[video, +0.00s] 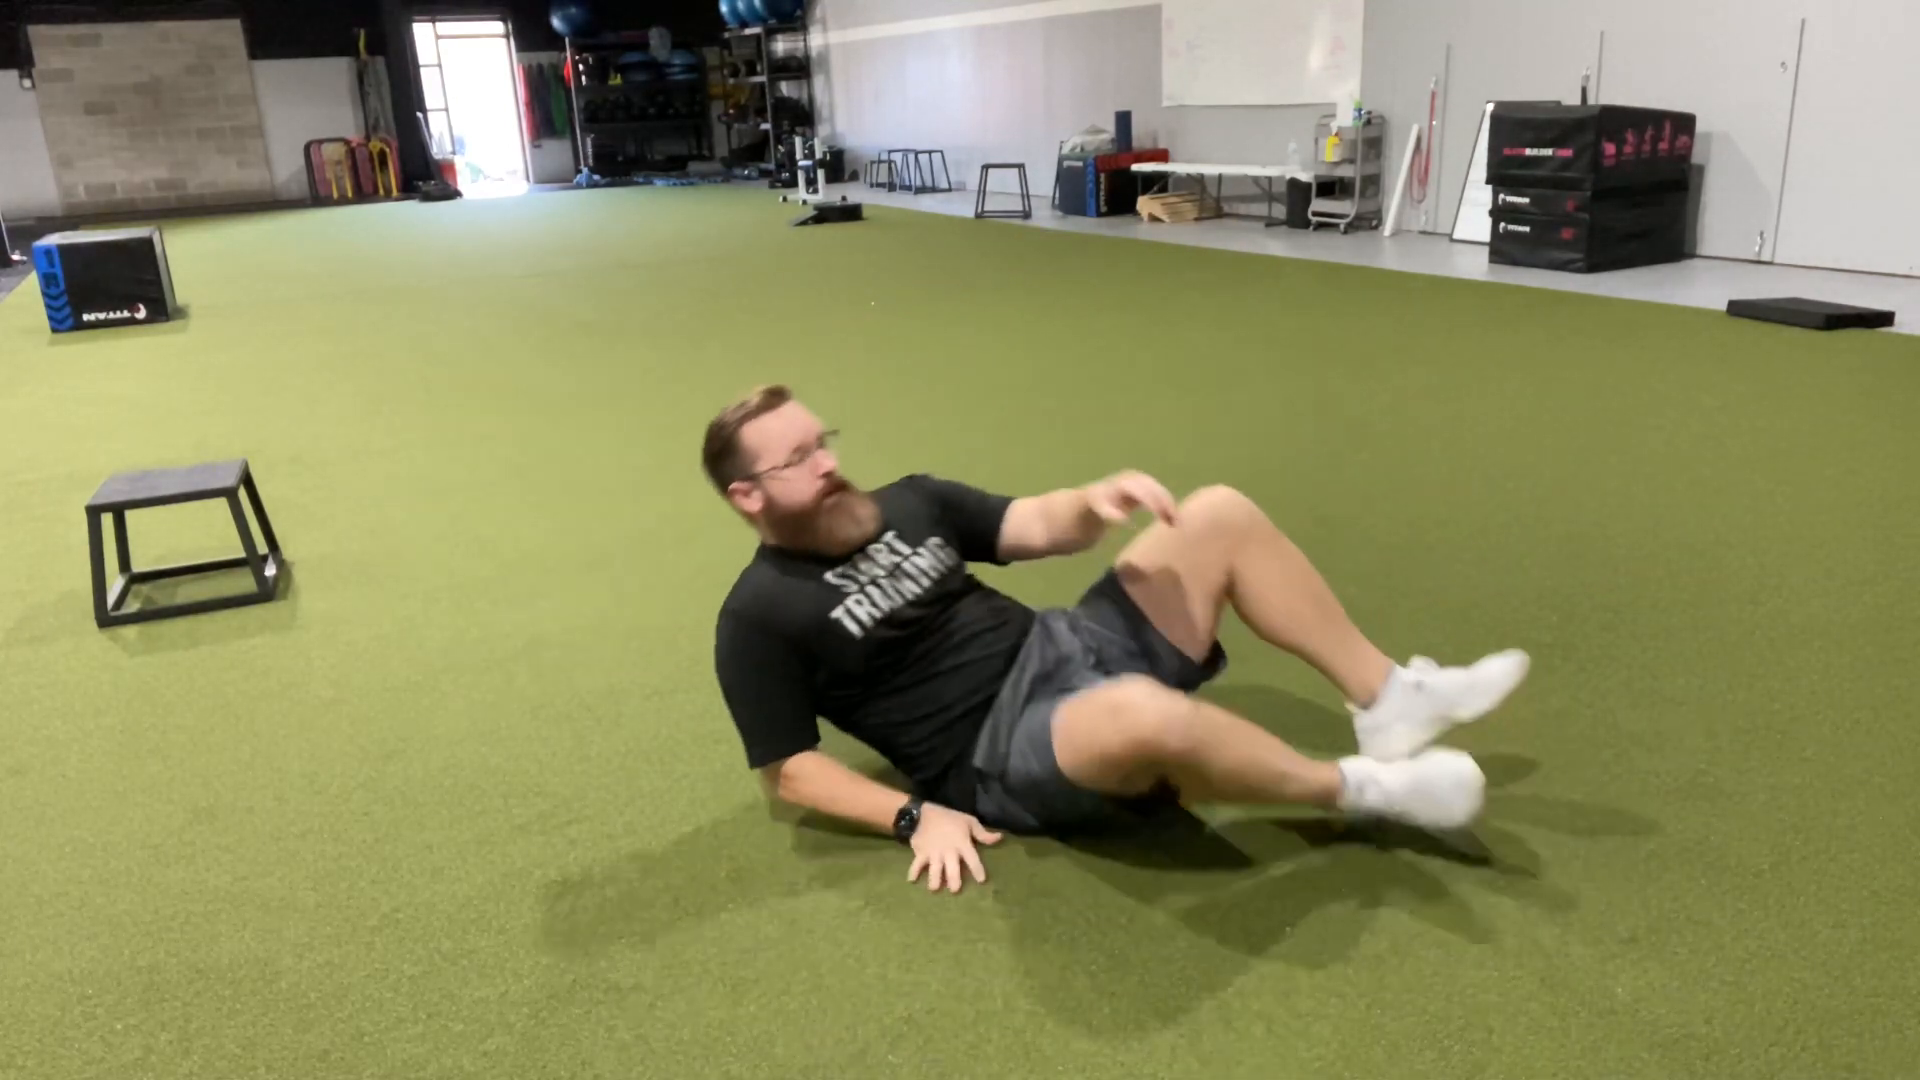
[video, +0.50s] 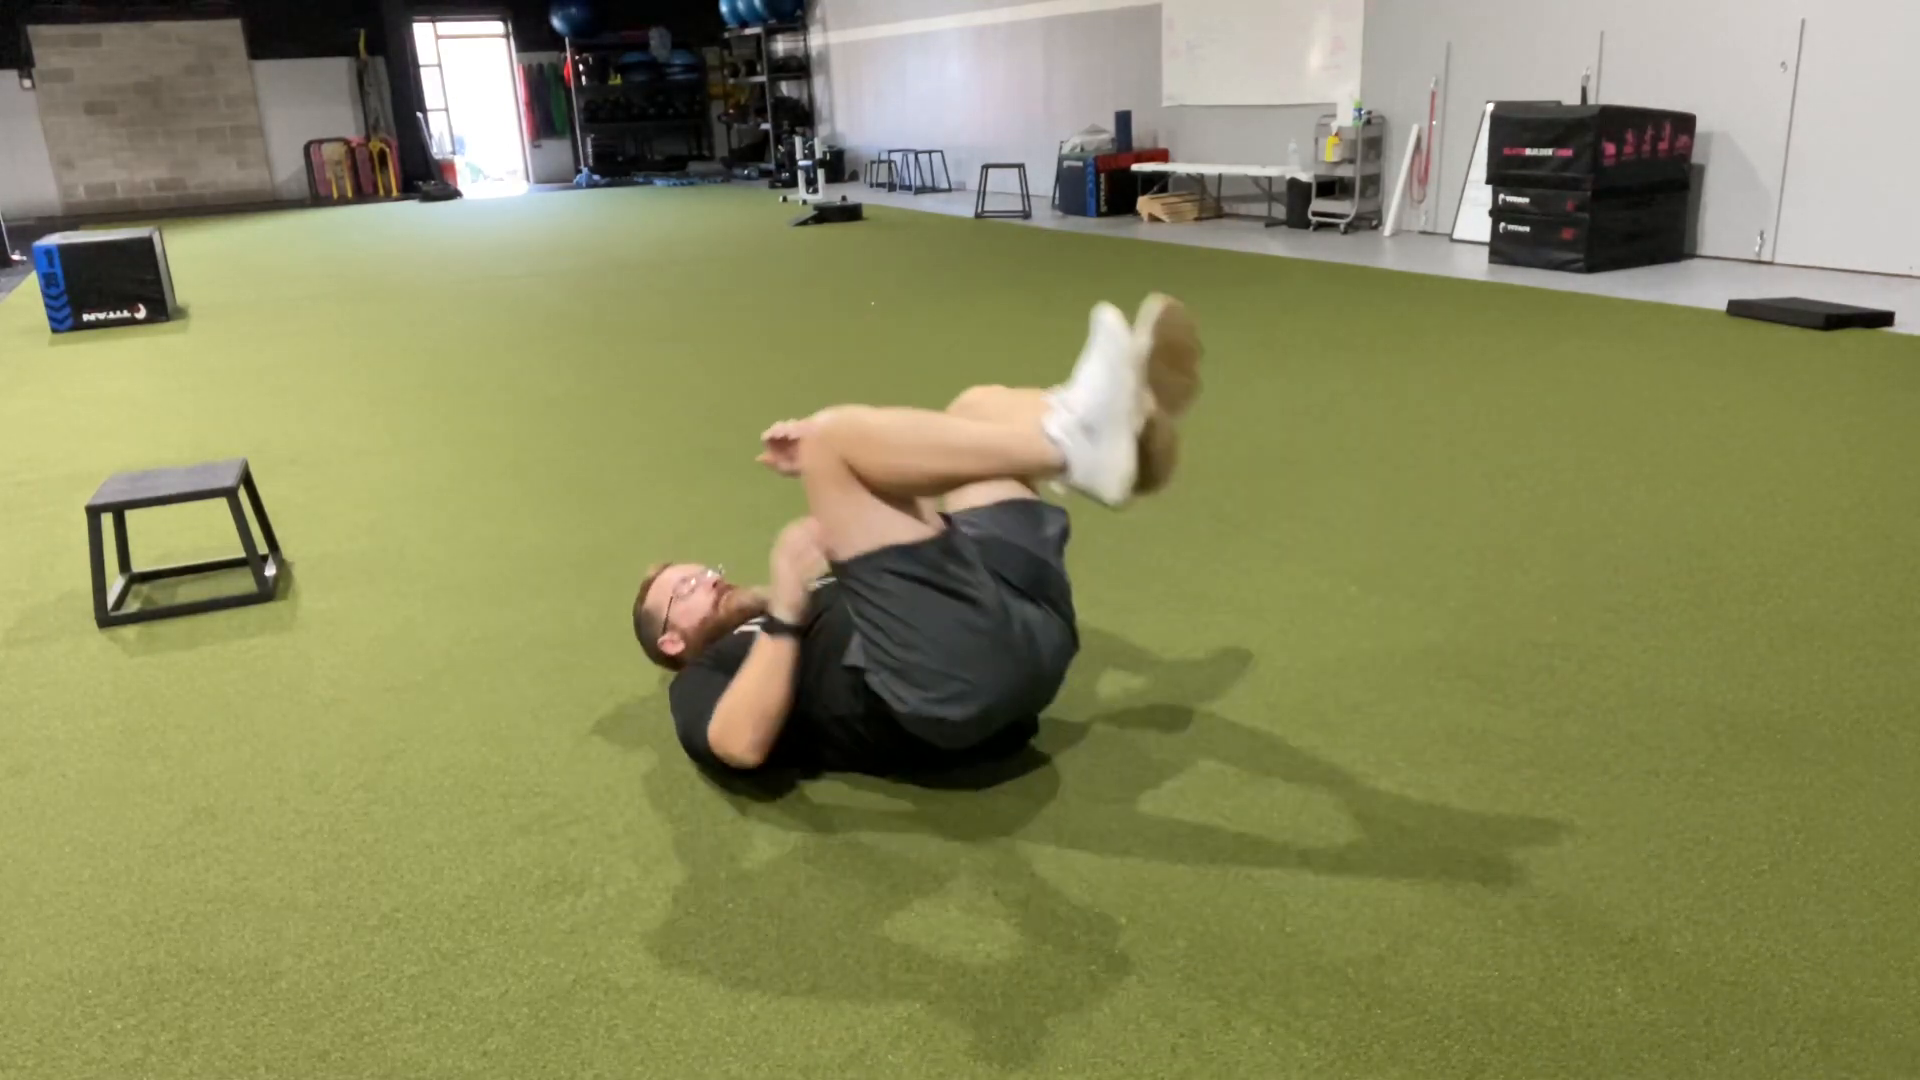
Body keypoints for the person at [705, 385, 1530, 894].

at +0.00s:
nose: (830, 463)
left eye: (824, 443)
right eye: (802, 458)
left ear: (833, 440)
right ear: (748, 499)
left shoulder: (910, 503)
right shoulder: (758, 620)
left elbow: (1032, 526)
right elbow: (788, 771)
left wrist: (1096, 501)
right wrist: (913, 812)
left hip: (1071, 643)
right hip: (1005, 742)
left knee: (1218, 514)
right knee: (1149, 717)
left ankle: (1388, 697)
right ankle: (1352, 791)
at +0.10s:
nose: (797, 489)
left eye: (789, 471)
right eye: (769, 486)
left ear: (799, 473)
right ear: (721, 530)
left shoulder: (879, 525)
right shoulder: (743, 636)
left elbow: (1002, 526)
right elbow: (783, 778)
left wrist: (1029, 479)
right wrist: (915, 812)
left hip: (1053, 650)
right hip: (988, 749)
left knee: (1167, 490)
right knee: (1094, 636)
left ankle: (1350, 648)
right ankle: (1305, 739)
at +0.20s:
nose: (765, 518)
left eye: (756, 502)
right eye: (735, 520)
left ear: (773, 505)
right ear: (700, 568)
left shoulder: (861, 554)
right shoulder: (731, 652)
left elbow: (976, 534)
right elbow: (778, 776)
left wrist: (971, 458)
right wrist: (910, 791)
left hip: (1061, 693)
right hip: (982, 760)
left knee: (1105, 456)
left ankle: (1295, 589)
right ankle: (1248, 665)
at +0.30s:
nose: (733, 540)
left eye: (725, 527)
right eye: (703, 550)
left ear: (752, 532)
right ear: (684, 602)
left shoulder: (854, 562)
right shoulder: (720, 667)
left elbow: (971, 565)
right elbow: (768, 769)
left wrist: (911, 457)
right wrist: (880, 729)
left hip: (1051, 672)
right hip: (978, 738)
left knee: (1045, 434)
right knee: (935, 488)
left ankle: (1225, 521)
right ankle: (1188, 576)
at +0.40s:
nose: (714, 564)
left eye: (710, 554)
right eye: (688, 577)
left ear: (736, 561)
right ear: (679, 631)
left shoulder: (828, 586)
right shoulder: (709, 684)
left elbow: (954, 542)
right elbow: (758, 761)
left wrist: (858, 447)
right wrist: (832, 663)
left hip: (1040, 645)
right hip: (967, 711)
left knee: (1001, 417)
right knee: (866, 457)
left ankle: (1165, 467)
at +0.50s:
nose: (709, 576)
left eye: (704, 571)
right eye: (684, 591)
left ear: (729, 581)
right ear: (674, 645)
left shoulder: (811, 614)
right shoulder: (701, 687)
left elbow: (917, 536)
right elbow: (742, 744)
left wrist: (823, 476)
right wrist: (787, 608)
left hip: (1030, 633)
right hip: (943, 679)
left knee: (977, 405)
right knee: (824, 437)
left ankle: (1119, 435)